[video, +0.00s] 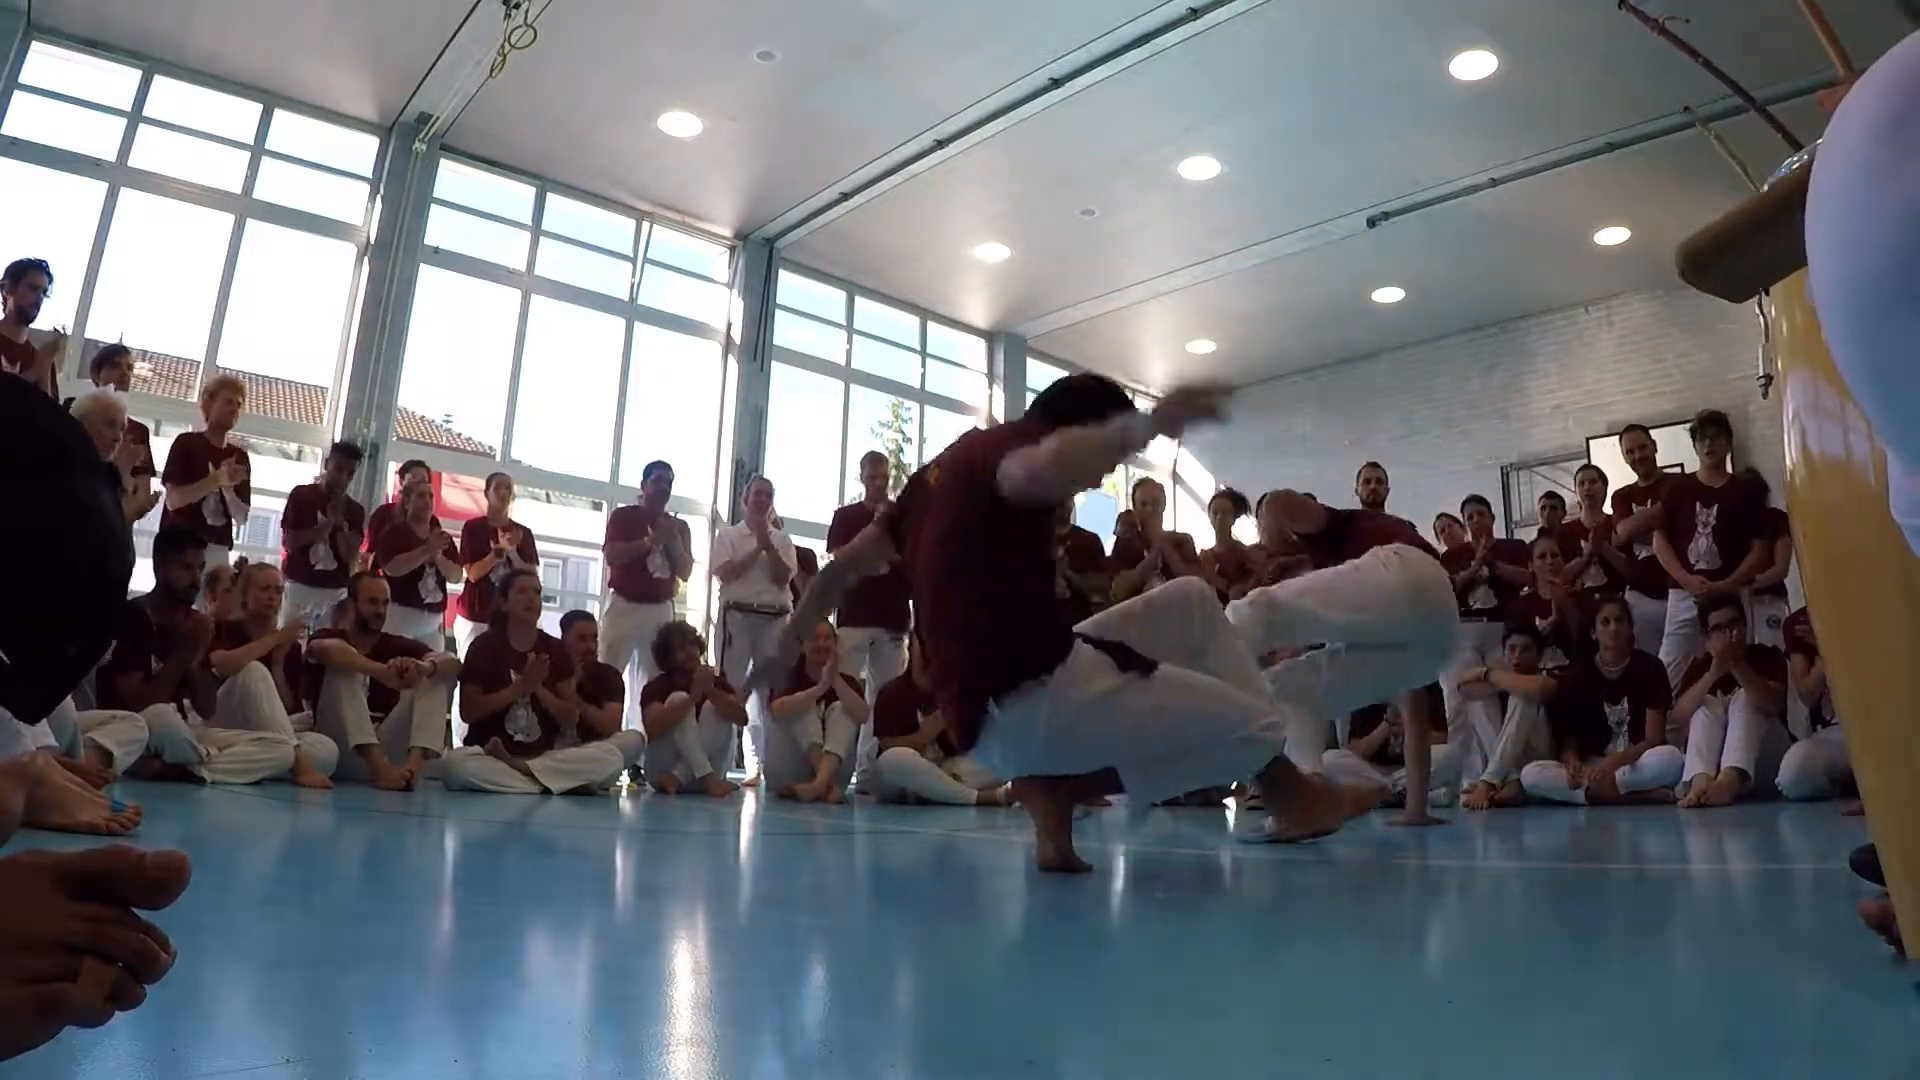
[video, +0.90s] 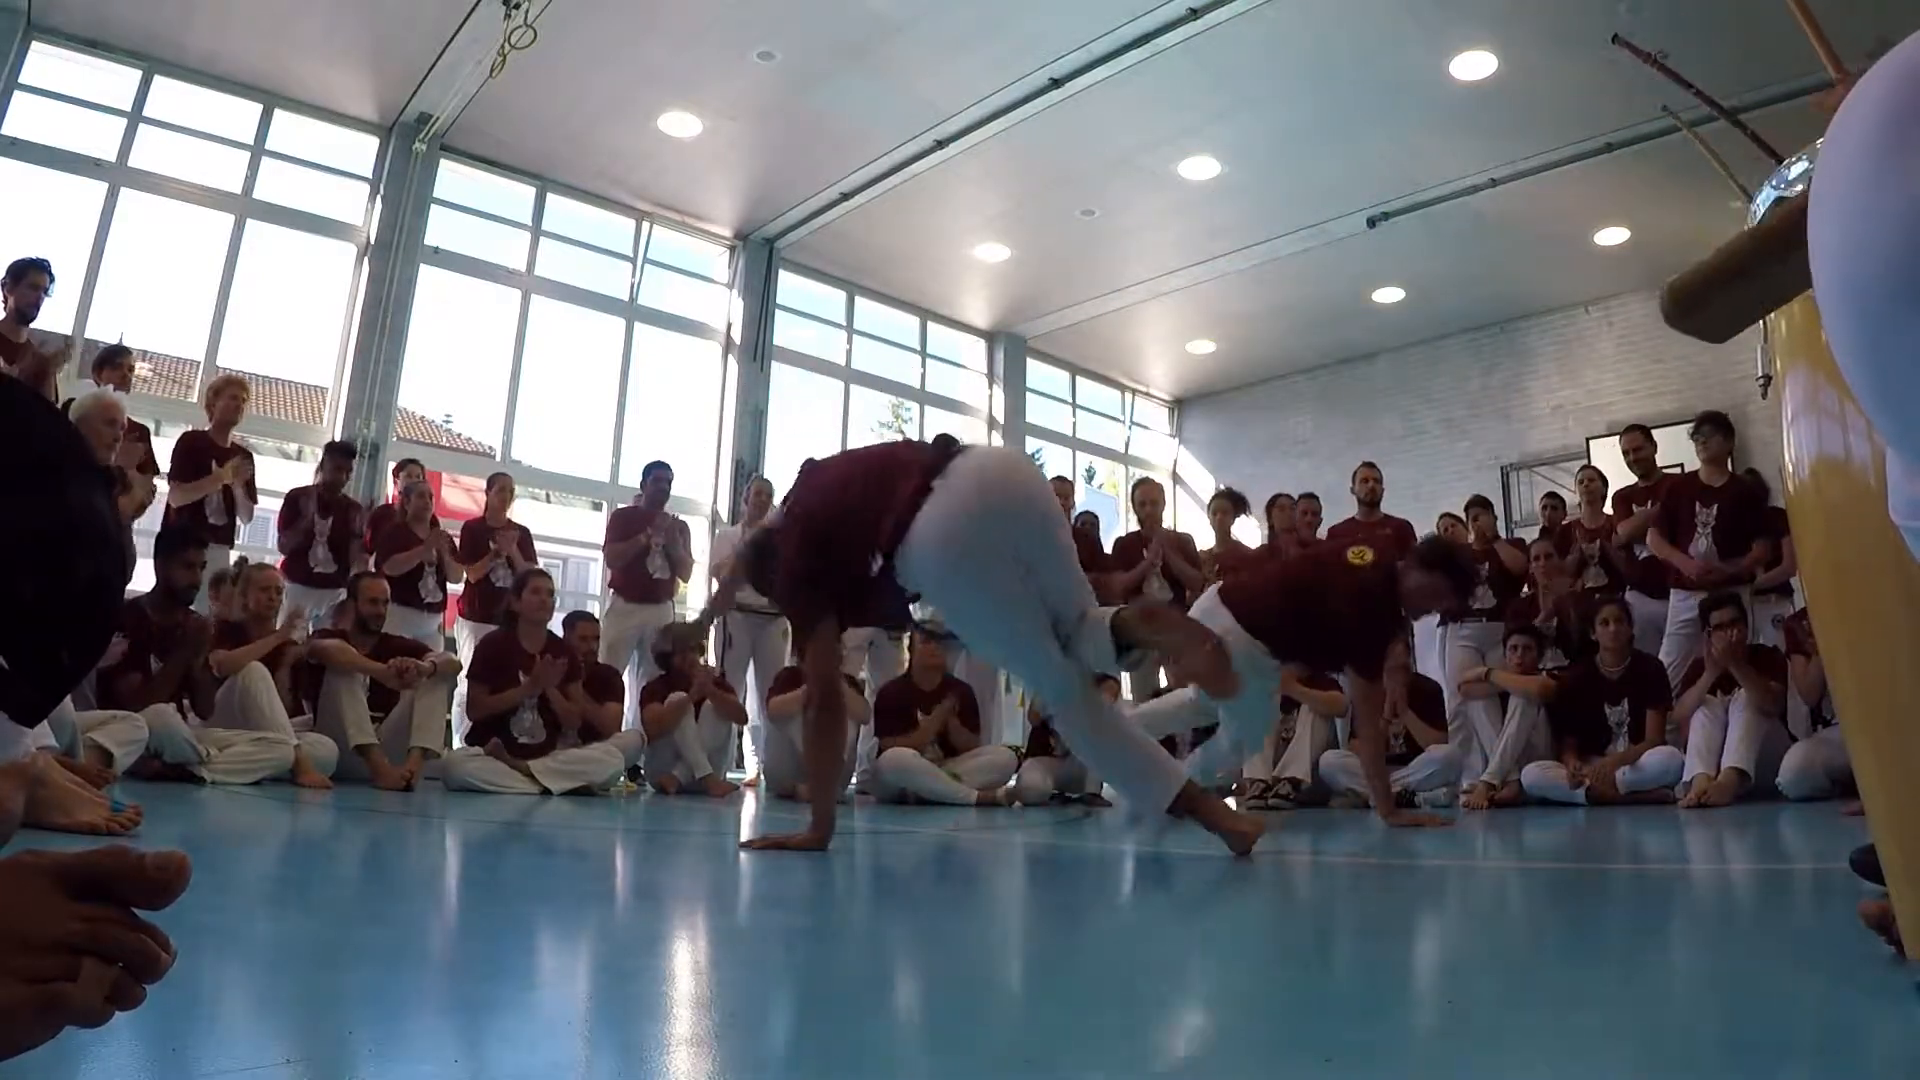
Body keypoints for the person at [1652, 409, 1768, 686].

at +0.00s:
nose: (1709, 445)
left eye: (1716, 438)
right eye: (1702, 439)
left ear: (1728, 443)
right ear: (1695, 445)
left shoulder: (1748, 488)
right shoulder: (1676, 488)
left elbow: (1760, 551)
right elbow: (1659, 540)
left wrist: (1726, 585)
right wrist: (1685, 579)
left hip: (1731, 592)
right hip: (1684, 594)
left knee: (1734, 669)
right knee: (1670, 671)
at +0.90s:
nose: (1702, 443)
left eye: (1710, 437)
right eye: (1697, 438)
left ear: (1729, 443)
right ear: (1693, 445)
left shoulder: (1748, 490)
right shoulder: (1677, 488)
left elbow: (1763, 550)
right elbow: (1653, 538)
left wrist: (1724, 571)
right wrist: (1684, 563)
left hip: (1731, 595)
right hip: (1684, 596)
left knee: (1733, 674)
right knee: (1668, 674)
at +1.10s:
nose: (1698, 445)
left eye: (1706, 438)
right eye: (1695, 440)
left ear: (1726, 443)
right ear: (1691, 446)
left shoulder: (1743, 483)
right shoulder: (1680, 486)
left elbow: (1756, 540)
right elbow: (1664, 536)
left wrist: (1721, 522)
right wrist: (1698, 533)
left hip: (1735, 587)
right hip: (1688, 590)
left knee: (1739, 665)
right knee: (1667, 672)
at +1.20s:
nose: (1697, 445)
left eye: (1705, 438)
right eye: (1694, 440)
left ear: (1726, 443)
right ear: (1691, 446)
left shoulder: (1744, 485)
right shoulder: (1680, 486)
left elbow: (1756, 536)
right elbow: (1662, 535)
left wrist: (1722, 519)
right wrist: (1692, 527)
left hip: (1734, 587)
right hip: (1687, 590)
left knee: (1739, 665)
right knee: (1667, 672)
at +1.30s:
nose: (1695, 446)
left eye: (1702, 439)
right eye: (1691, 441)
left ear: (1724, 443)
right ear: (1688, 446)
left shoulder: (1744, 485)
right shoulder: (1680, 487)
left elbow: (1775, 529)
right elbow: (1651, 539)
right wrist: (1669, 518)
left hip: (1734, 587)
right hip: (1687, 591)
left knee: (1738, 665)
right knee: (1669, 671)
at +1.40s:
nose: (1695, 447)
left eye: (1701, 440)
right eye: (1691, 443)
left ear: (1724, 443)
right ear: (1688, 448)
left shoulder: (1744, 487)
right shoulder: (1680, 489)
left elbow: (1772, 531)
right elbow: (1657, 542)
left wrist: (1776, 567)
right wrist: (1655, 503)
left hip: (1735, 587)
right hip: (1688, 590)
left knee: (1740, 664)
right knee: (1668, 670)